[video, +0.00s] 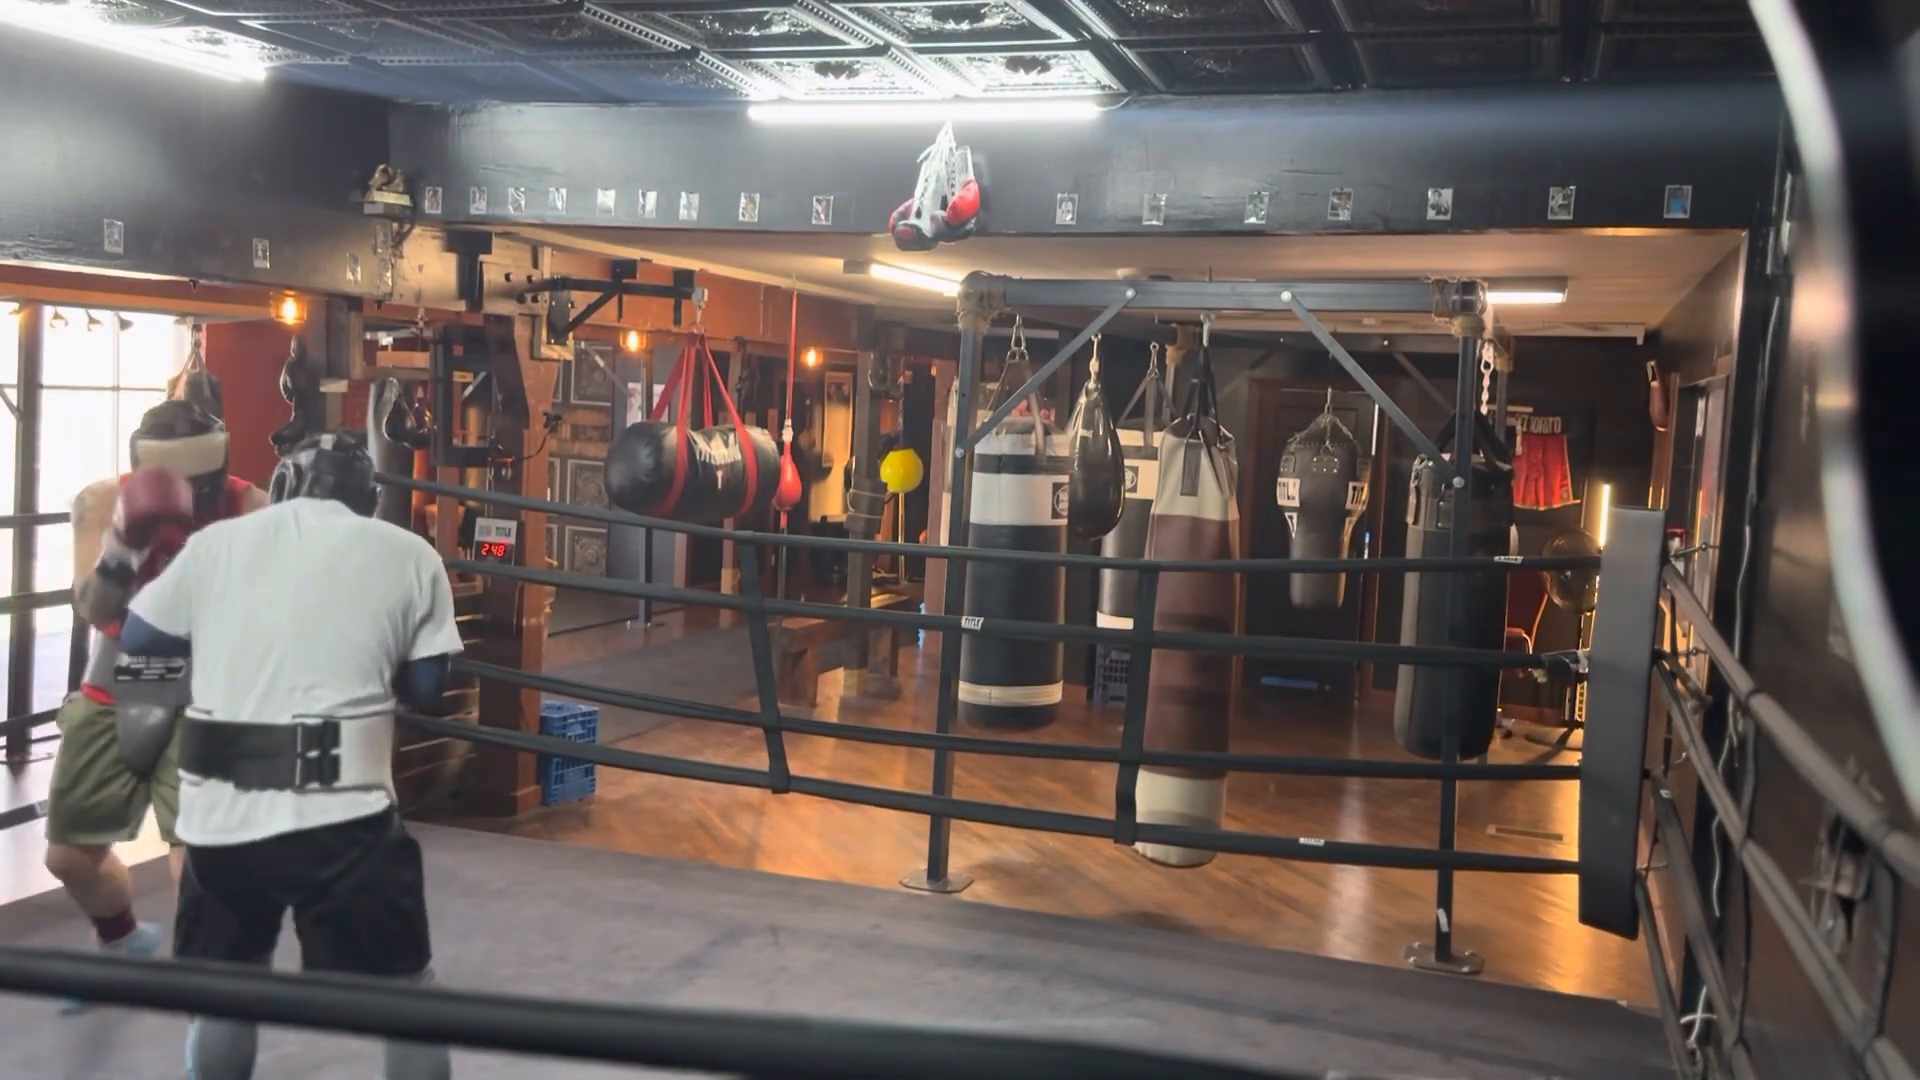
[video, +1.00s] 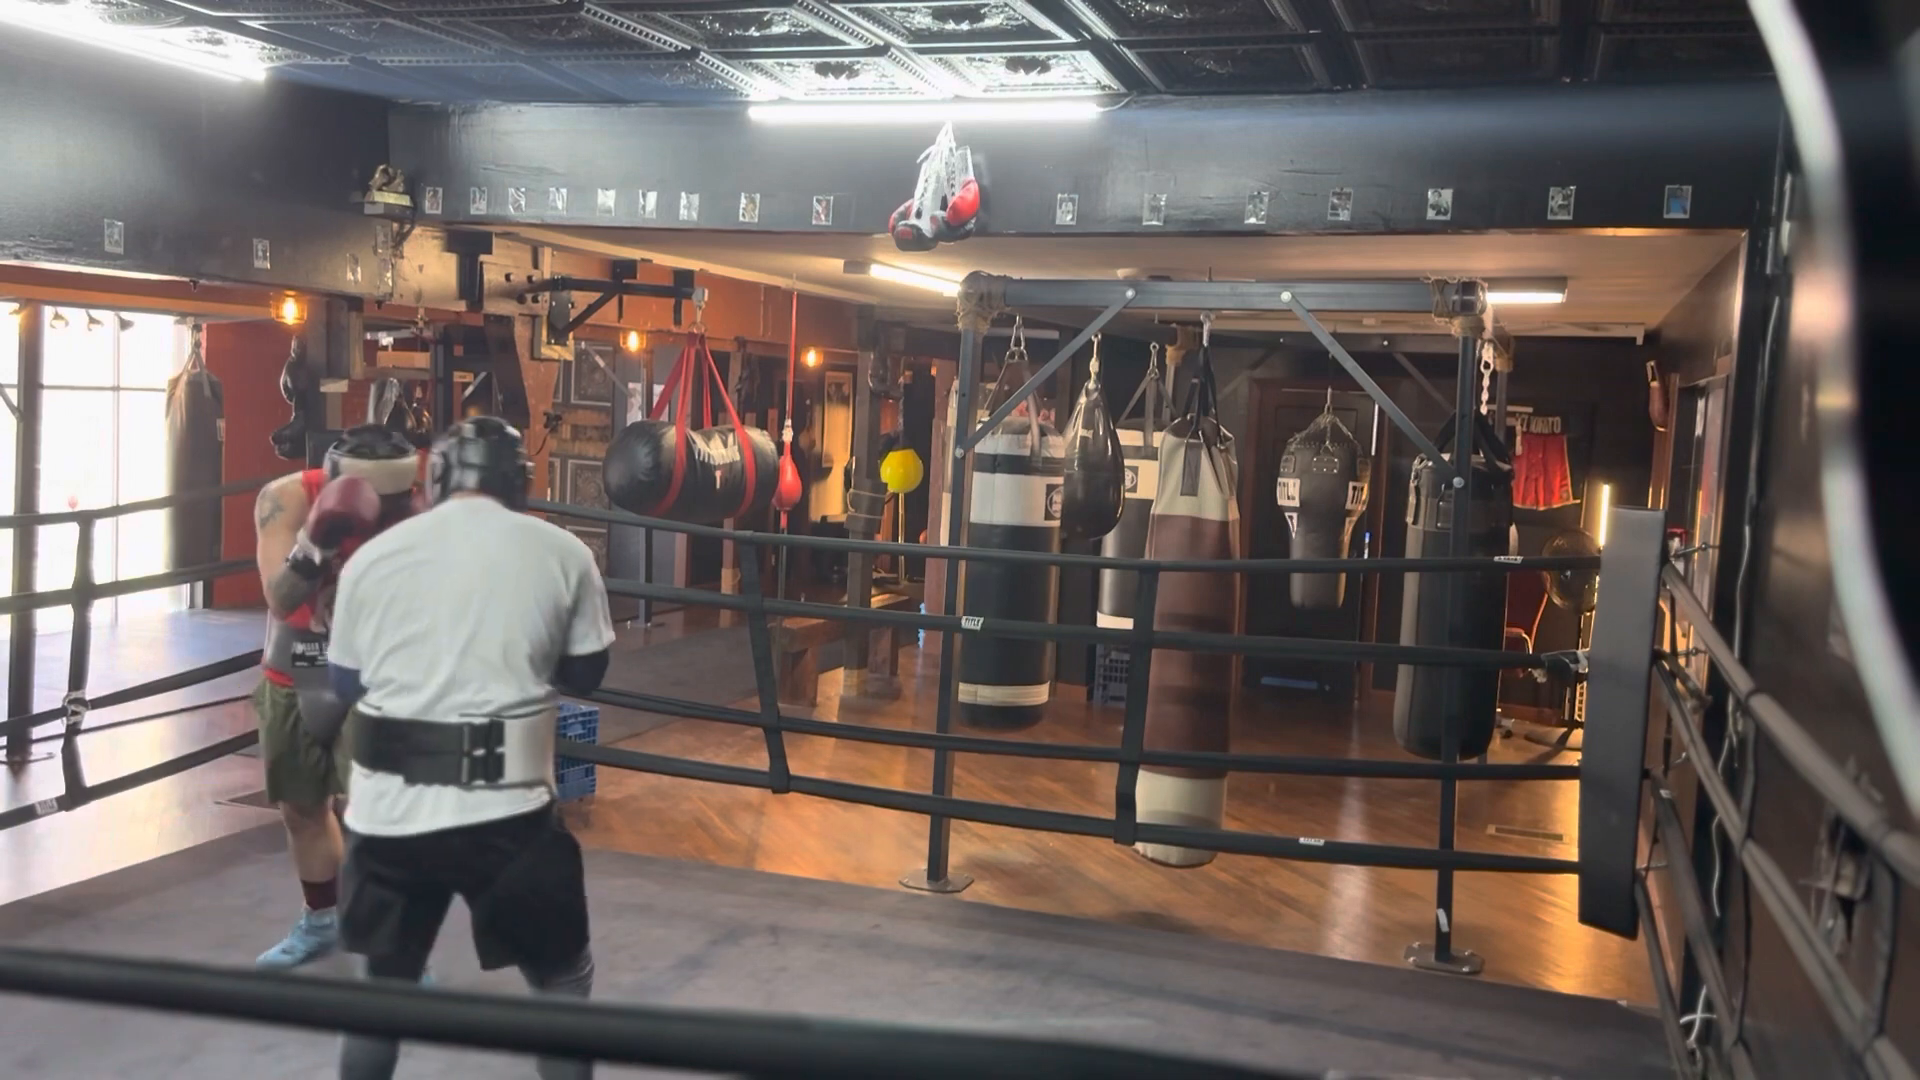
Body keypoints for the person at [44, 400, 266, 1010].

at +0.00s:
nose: (179, 491)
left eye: (193, 476)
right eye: (165, 476)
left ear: (217, 464)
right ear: (139, 466)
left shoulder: (248, 507)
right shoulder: (102, 505)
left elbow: (271, 600)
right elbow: (95, 614)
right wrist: (125, 541)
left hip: (202, 693)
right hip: (108, 692)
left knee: (195, 858)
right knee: (72, 857)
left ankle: (206, 984)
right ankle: (126, 946)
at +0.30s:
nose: (200, 456)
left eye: (215, 444)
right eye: (189, 443)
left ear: (242, 441)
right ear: (171, 438)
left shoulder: (272, 488)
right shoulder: (145, 491)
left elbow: (301, 587)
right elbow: (130, 584)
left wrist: (288, 524)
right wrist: (157, 512)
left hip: (249, 680)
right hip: (156, 680)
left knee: (260, 835)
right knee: (152, 835)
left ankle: (288, 987)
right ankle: (147, 962)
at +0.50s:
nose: (266, 486)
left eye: (277, 473)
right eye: (252, 475)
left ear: (298, 467)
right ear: (232, 473)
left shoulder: (322, 519)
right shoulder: (218, 511)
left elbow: (361, 571)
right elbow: (169, 578)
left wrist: (332, 514)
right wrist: (194, 516)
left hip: (290, 689)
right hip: (203, 681)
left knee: (309, 827)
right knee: (167, 827)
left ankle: (322, 959)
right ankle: (146, 956)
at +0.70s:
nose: (325, 479)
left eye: (340, 472)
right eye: (317, 469)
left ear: (356, 473)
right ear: (303, 462)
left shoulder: (381, 501)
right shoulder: (262, 497)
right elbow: (249, 594)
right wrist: (284, 540)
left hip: (354, 689)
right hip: (266, 684)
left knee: (365, 817)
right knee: (226, 817)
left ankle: (380, 945)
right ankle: (192, 931)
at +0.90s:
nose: (370, 484)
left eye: (385, 478)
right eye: (364, 472)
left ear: (405, 477)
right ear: (345, 466)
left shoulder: (415, 512)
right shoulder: (291, 494)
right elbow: (282, 595)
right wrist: (318, 537)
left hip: (376, 684)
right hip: (286, 681)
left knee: (387, 815)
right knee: (268, 804)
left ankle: (410, 948)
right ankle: (278, 910)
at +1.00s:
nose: (379, 496)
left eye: (392, 486)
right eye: (368, 484)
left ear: (405, 476)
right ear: (335, 470)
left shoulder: (411, 507)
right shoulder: (283, 497)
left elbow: (424, 591)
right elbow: (280, 597)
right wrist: (317, 539)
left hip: (373, 681)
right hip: (292, 682)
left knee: (372, 810)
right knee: (303, 811)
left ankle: (392, 940)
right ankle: (322, 921)